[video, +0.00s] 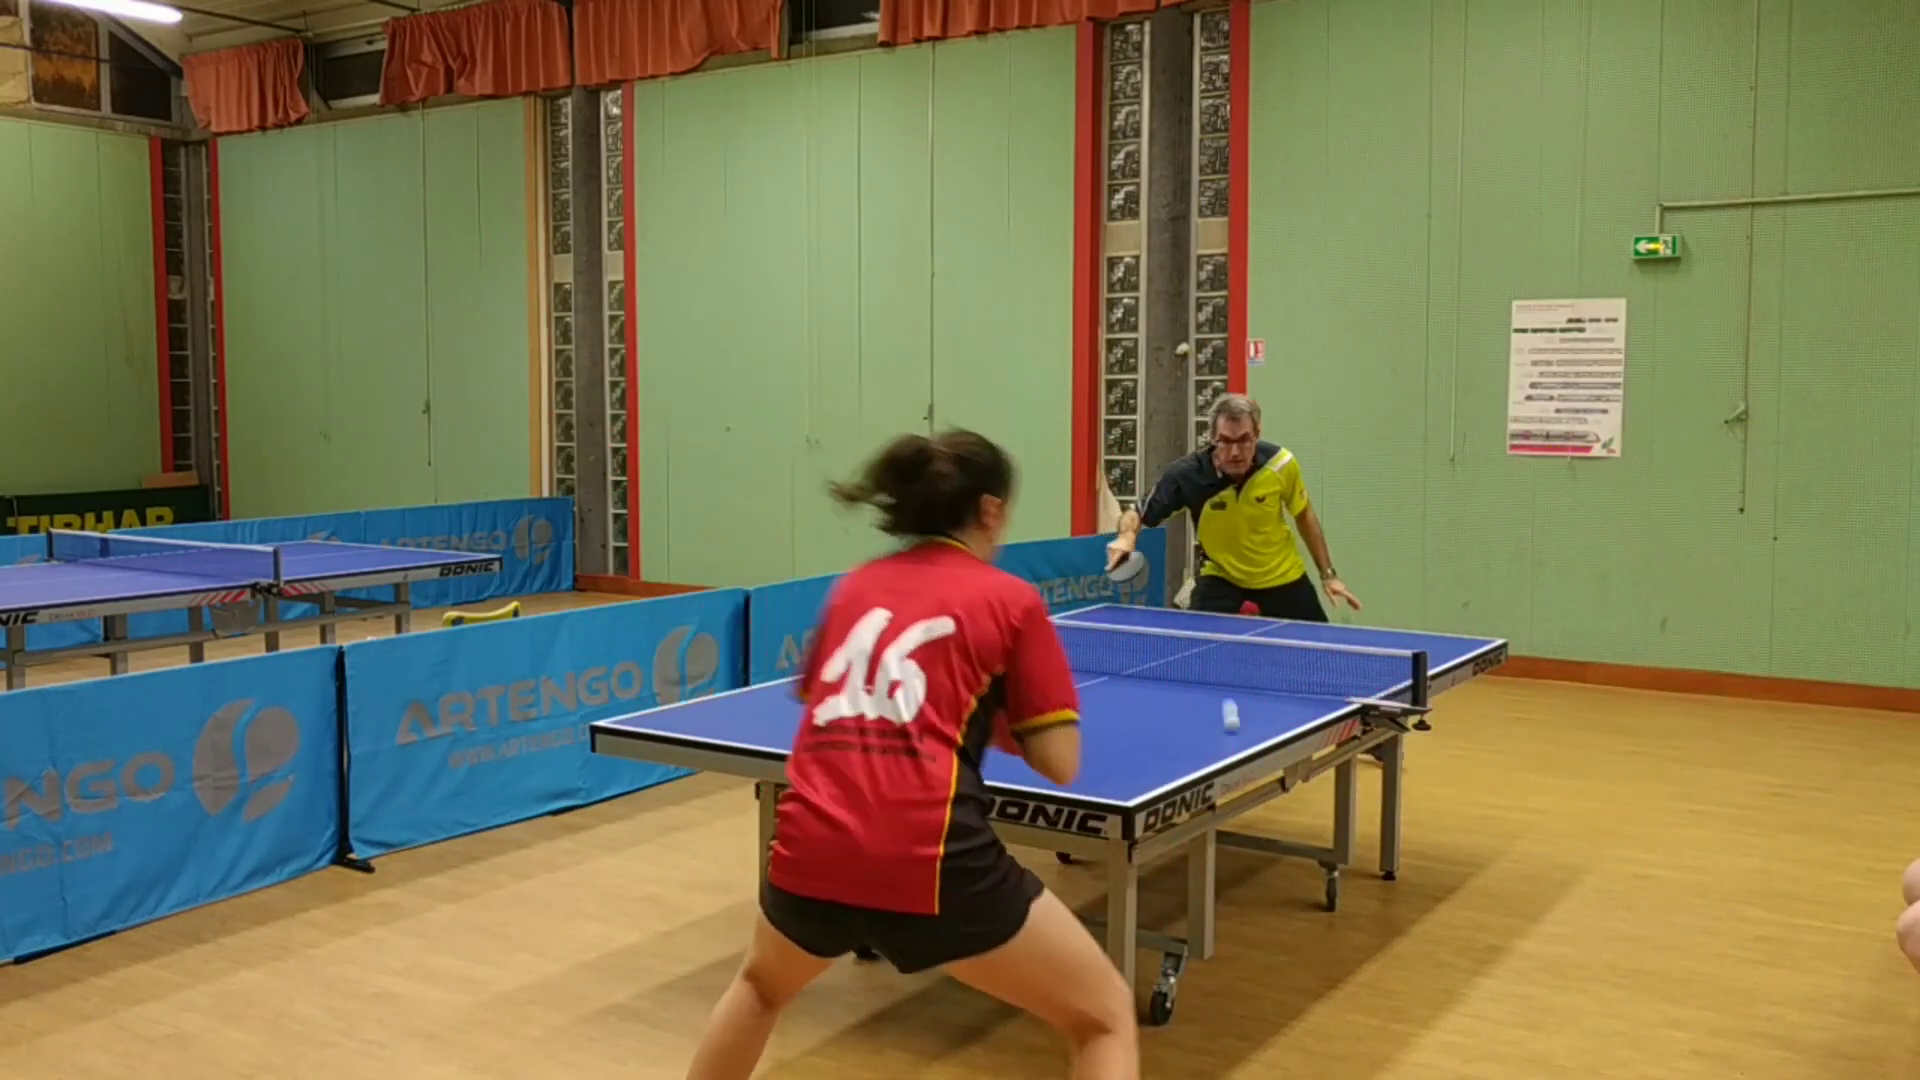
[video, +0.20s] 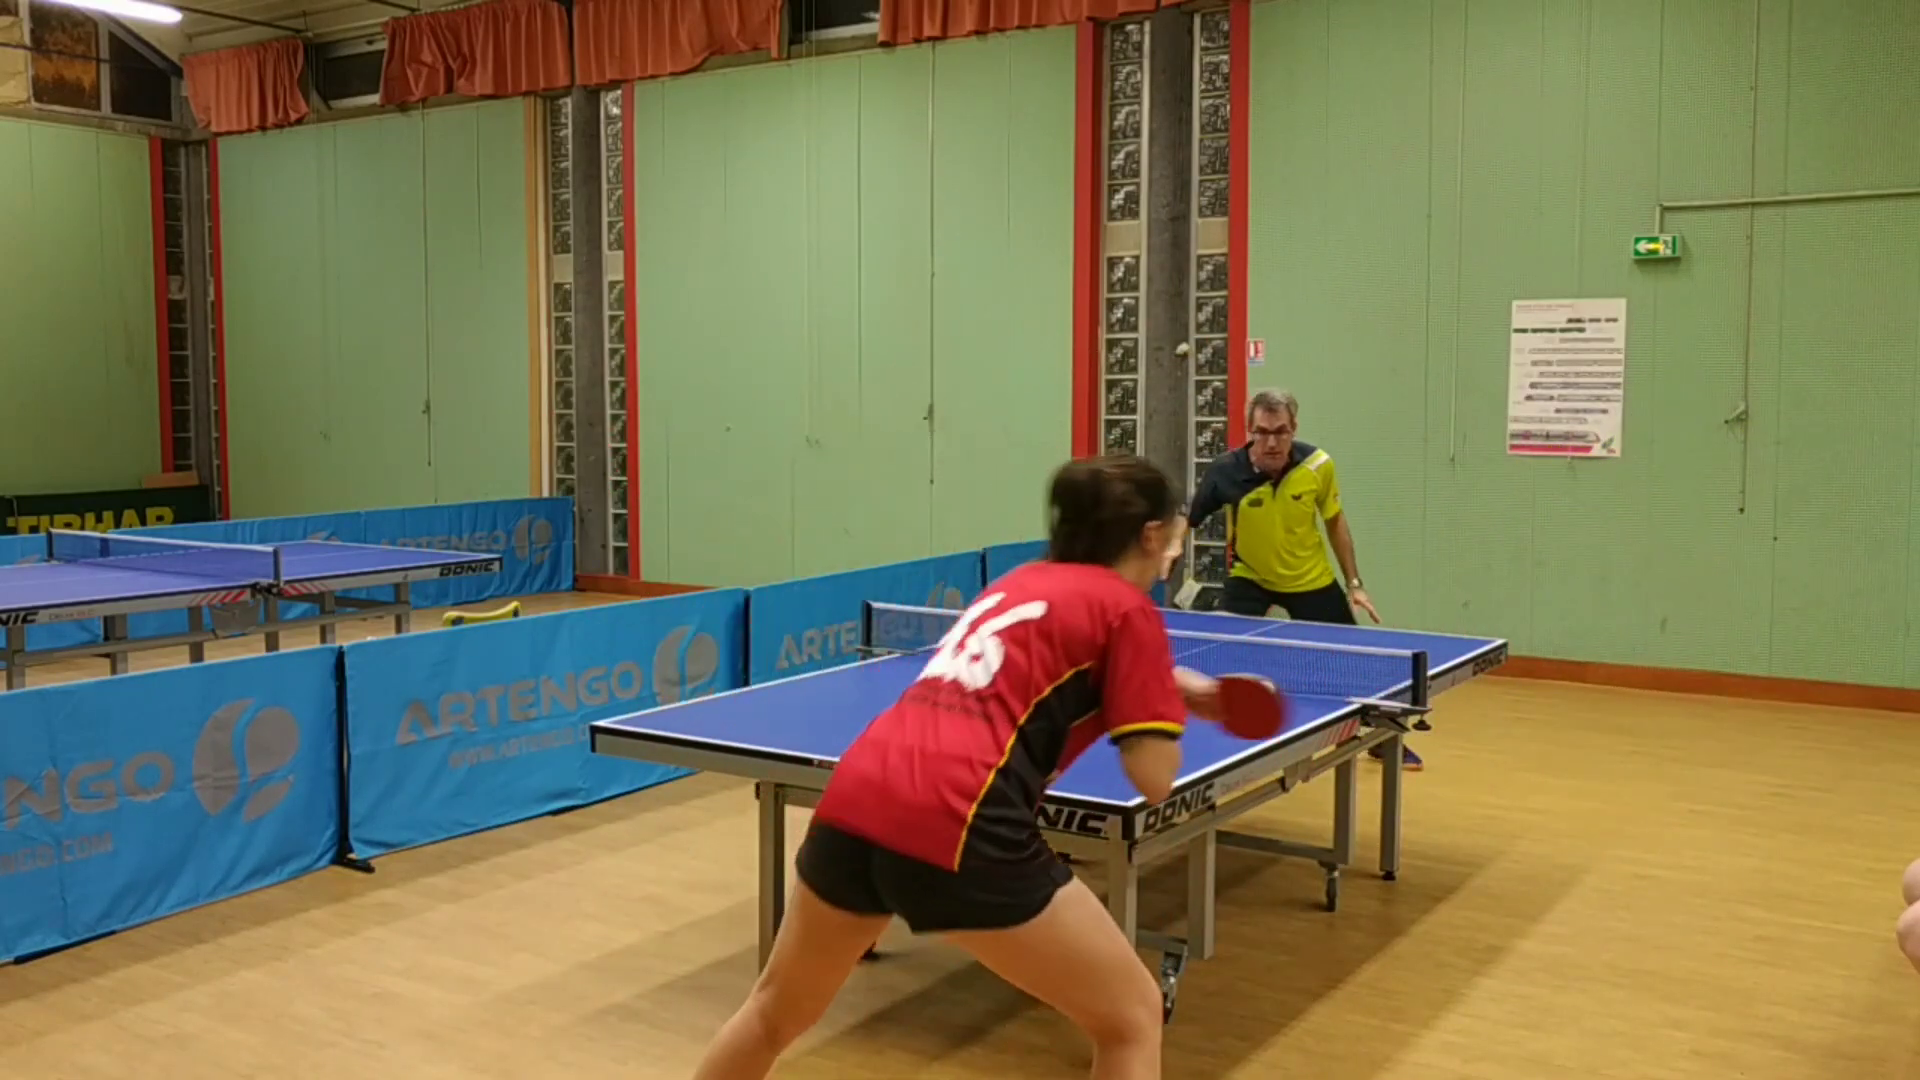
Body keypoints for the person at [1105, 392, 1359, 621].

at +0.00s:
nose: (1235, 451)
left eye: (1243, 441)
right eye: (1225, 441)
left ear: (1257, 435)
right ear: (1212, 437)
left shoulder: (1279, 464)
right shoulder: (1187, 474)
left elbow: (1304, 516)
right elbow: (1136, 516)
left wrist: (1328, 575)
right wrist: (1125, 539)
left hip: (1282, 576)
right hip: (1222, 576)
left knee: (1325, 653)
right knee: (1196, 650)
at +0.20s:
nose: (1270, 442)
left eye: (1279, 432)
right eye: (1261, 432)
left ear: (1293, 430)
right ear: (1248, 431)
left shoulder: (1316, 466)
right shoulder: (1226, 472)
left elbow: (1335, 523)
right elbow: (1188, 521)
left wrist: (1354, 585)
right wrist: (1166, 558)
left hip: (1311, 582)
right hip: (1249, 581)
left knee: (1354, 657)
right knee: (1215, 654)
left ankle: (1386, 738)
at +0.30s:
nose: (1288, 436)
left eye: (1296, 427)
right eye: (1280, 427)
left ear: (1311, 424)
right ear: (1268, 425)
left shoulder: (1335, 459)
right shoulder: (1244, 468)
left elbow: (1354, 521)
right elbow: (1210, 522)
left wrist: (1369, 583)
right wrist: (1189, 578)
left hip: (1328, 579)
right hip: (1267, 578)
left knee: (1366, 654)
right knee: (1229, 647)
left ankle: (1386, 737)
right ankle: (1217, 744)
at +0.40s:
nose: (1300, 432)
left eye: (1308, 422)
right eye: (1291, 422)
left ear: (1322, 418)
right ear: (1279, 420)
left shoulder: (1345, 454)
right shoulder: (1256, 461)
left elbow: (1365, 515)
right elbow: (1228, 510)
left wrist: (1378, 577)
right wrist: (1229, 545)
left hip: (1336, 574)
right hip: (1276, 572)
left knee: (1370, 652)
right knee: (1234, 638)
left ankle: (1385, 738)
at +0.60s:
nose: (1316, 449)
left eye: (1324, 440)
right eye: (1307, 439)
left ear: (1337, 435)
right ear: (1293, 432)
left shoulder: (1352, 465)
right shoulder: (1265, 469)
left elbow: (1365, 521)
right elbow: (1233, 535)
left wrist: (1385, 580)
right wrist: (1275, 550)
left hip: (1334, 580)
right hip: (1274, 580)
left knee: (1376, 652)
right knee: (1237, 646)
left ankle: (1386, 737)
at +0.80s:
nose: (1331, 479)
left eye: (1339, 470)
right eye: (1321, 469)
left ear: (1347, 464)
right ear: (1303, 461)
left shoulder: (1349, 486)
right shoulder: (1275, 491)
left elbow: (1351, 538)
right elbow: (1260, 568)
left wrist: (1372, 593)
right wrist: (1316, 566)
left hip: (1321, 587)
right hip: (1267, 586)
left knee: (1374, 650)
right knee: (1242, 648)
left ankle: (1385, 737)